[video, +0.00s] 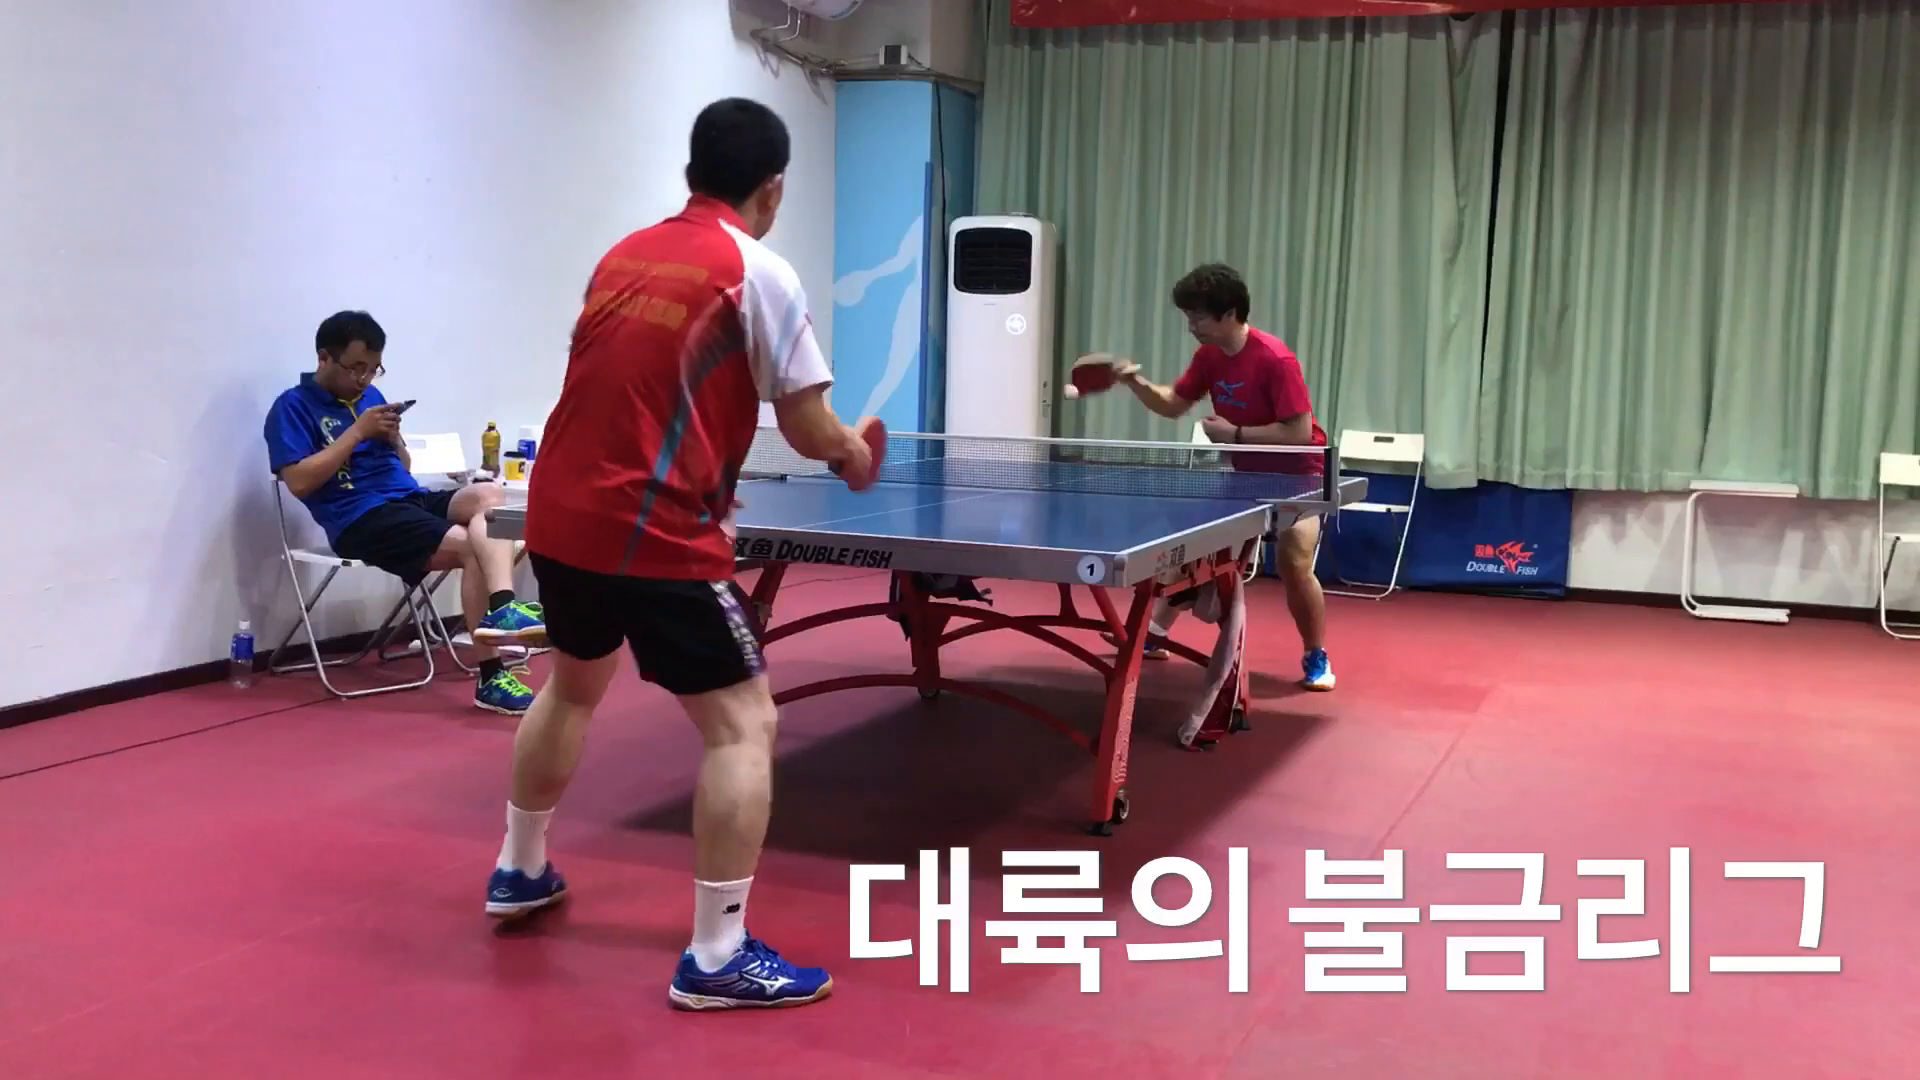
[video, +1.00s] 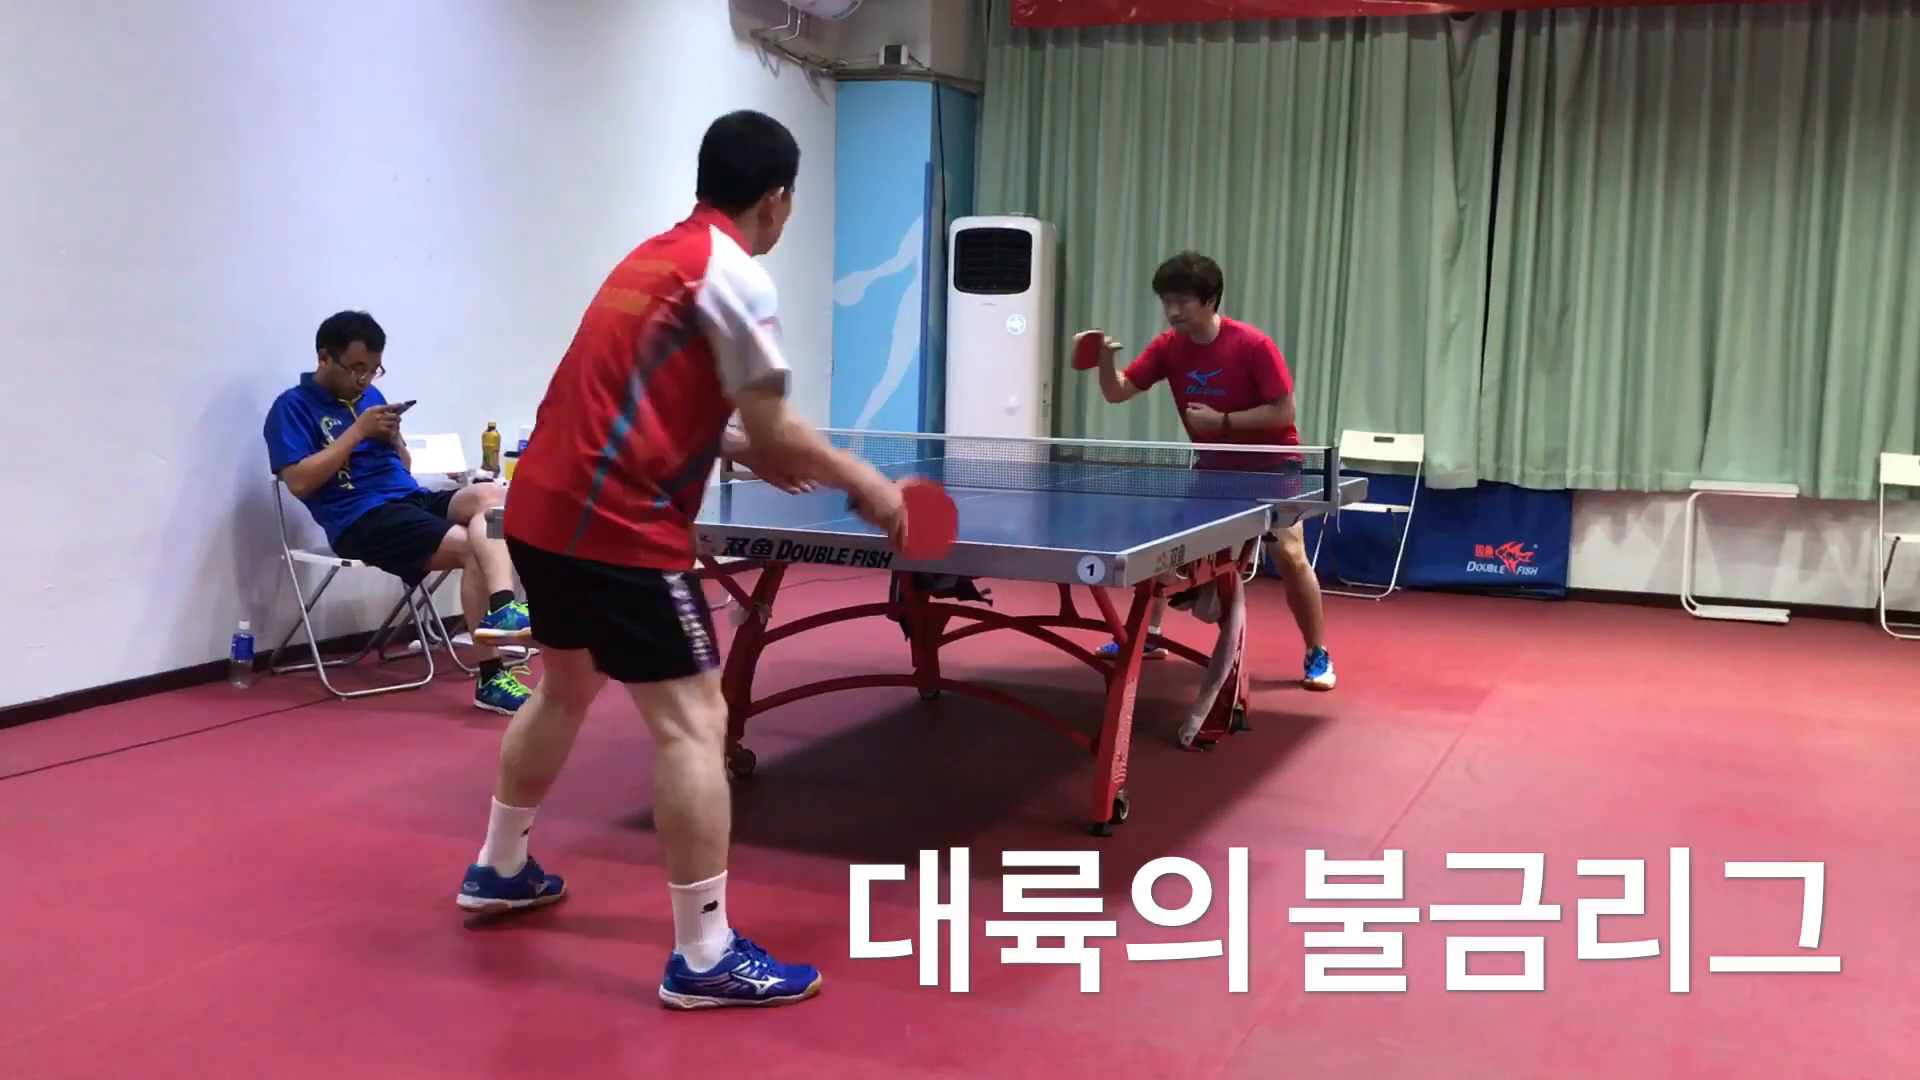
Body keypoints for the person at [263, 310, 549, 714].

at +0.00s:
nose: (364, 379)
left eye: (371, 370)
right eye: (356, 368)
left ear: (377, 365)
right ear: (324, 359)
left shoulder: (369, 396)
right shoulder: (292, 408)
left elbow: (404, 466)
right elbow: (299, 483)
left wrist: (393, 436)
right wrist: (358, 431)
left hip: (409, 501)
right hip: (363, 518)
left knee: (489, 494)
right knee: (479, 549)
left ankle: (503, 605)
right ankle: (492, 678)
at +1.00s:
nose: (365, 380)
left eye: (372, 370)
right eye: (356, 369)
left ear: (377, 365)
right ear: (324, 359)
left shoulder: (370, 397)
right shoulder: (291, 408)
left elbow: (404, 466)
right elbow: (299, 483)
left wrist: (393, 436)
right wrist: (358, 430)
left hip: (411, 501)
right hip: (363, 520)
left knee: (490, 496)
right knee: (479, 549)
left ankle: (503, 604)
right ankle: (491, 677)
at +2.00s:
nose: (366, 382)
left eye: (374, 372)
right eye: (358, 371)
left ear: (380, 366)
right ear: (327, 358)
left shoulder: (370, 398)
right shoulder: (291, 408)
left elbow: (404, 467)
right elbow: (294, 483)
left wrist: (393, 438)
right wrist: (358, 434)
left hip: (409, 500)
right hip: (361, 519)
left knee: (484, 499)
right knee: (477, 548)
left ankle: (496, 611)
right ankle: (491, 677)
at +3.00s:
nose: (365, 382)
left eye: (372, 372)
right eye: (357, 370)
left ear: (378, 367)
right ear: (325, 359)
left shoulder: (369, 396)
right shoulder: (291, 408)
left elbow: (403, 468)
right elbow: (294, 483)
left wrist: (393, 435)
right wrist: (354, 433)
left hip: (411, 501)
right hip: (364, 519)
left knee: (496, 522)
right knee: (472, 550)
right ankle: (490, 673)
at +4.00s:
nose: (366, 381)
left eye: (373, 372)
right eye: (357, 370)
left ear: (379, 367)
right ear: (324, 360)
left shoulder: (368, 396)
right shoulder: (293, 407)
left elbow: (403, 468)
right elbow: (297, 482)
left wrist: (392, 436)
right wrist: (357, 433)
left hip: (411, 502)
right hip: (365, 520)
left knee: (505, 516)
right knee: (480, 549)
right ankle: (512, 681)